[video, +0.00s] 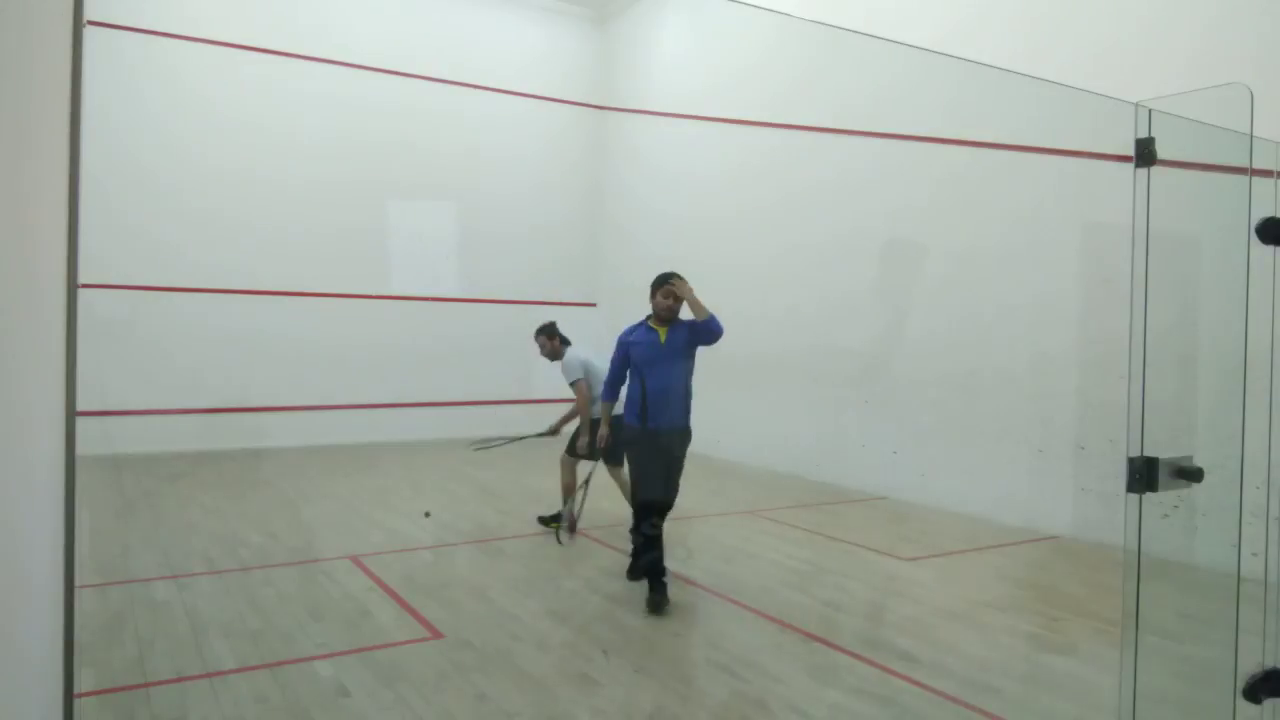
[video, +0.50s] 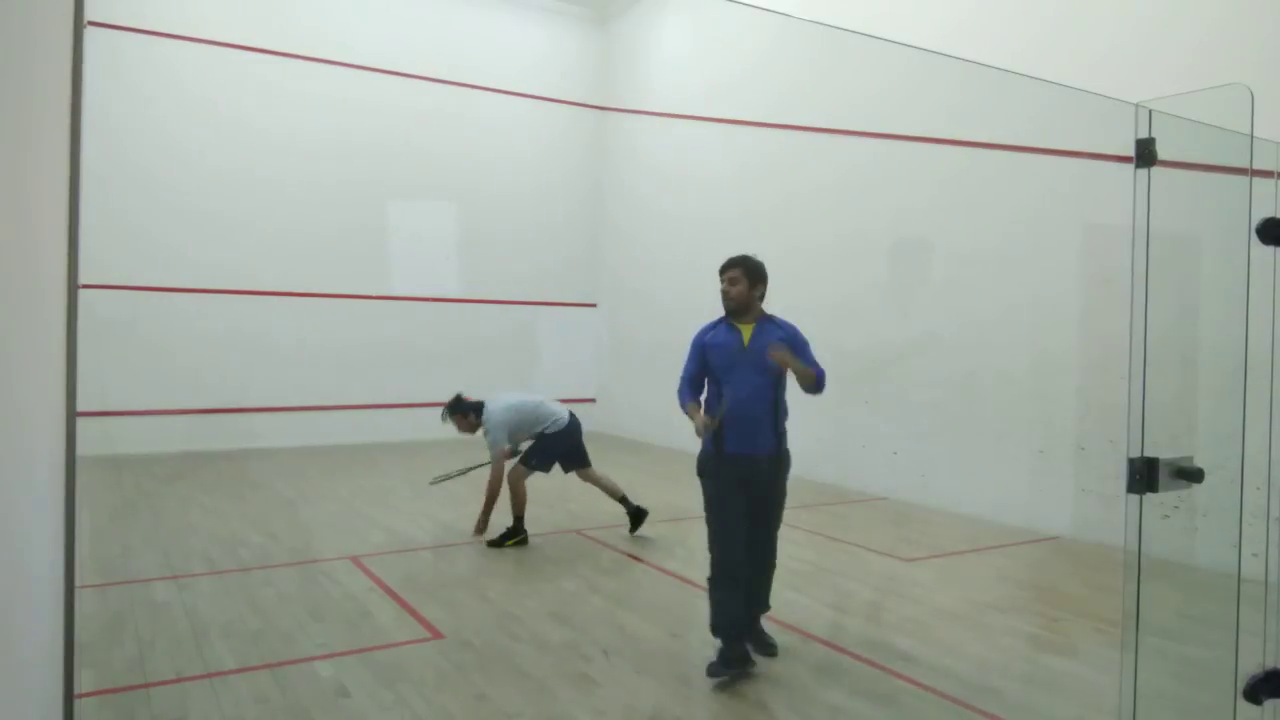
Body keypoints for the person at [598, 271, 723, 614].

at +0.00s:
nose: (669, 303)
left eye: (674, 299)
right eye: (663, 297)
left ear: (682, 303)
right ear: (651, 299)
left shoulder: (688, 332)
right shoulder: (631, 336)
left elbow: (714, 332)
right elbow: (613, 381)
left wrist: (690, 298)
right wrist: (604, 421)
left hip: (675, 429)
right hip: (638, 429)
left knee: (664, 500)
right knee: (647, 503)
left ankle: (640, 553)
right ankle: (656, 582)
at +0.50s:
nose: (725, 290)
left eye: (733, 283)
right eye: (723, 283)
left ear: (758, 287)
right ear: (722, 289)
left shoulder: (785, 335)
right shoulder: (708, 338)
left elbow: (816, 383)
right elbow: (688, 389)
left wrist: (795, 364)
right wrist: (698, 416)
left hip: (768, 459)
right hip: (721, 458)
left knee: (762, 545)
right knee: (727, 548)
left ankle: (751, 620)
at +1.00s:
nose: (758, 289)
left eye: (764, 279)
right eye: (759, 280)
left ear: (790, 282)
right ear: (787, 283)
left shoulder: (829, 336)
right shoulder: (777, 337)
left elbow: (836, 414)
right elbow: (769, 404)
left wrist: (800, 471)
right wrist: (729, 445)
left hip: (815, 483)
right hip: (772, 477)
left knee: (812, 585)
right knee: (753, 571)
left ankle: (816, 691)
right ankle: (763, 671)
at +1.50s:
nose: (682, 283)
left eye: (688, 274)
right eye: (684, 274)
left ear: (706, 278)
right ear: (711, 279)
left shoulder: (746, 327)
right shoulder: (694, 334)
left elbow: (743, 402)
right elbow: (684, 402)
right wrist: (633, 436)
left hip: (741, 483)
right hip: (703, 480)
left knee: (715, 591)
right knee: (701, 590)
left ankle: (774, 694)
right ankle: (709, 697)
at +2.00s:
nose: (646, 275)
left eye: (651, 267)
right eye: (649, 266)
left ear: (667, 276)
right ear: (685, 277)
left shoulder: (701, 332)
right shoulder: (674, 331)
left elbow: (687, 420)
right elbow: (674, 413)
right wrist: (654, 468)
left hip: (713, 493)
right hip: (678, 488)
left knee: (712, 614)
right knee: (656, 604)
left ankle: (730, 710)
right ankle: (642, 704)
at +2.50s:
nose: (594, 275)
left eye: (596, 268)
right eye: (596, 267)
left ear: (603, 274)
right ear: (643, 275)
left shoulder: (629, 330)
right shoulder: (640, 323)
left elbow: (633, 422)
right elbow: (646, 416)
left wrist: (584, 480)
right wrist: (600, 477)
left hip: (643, 493)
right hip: (639, 488)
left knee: (631, 615)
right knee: (630, 611)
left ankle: (656, 709)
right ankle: (640, 705)